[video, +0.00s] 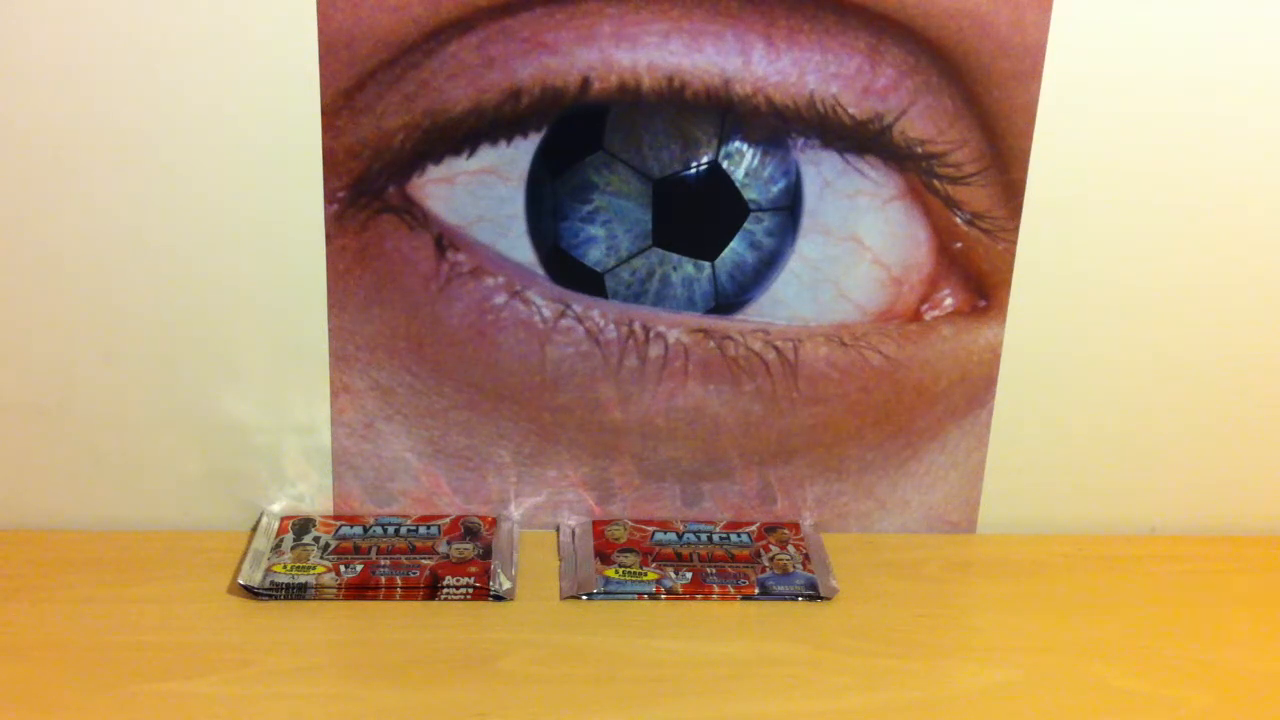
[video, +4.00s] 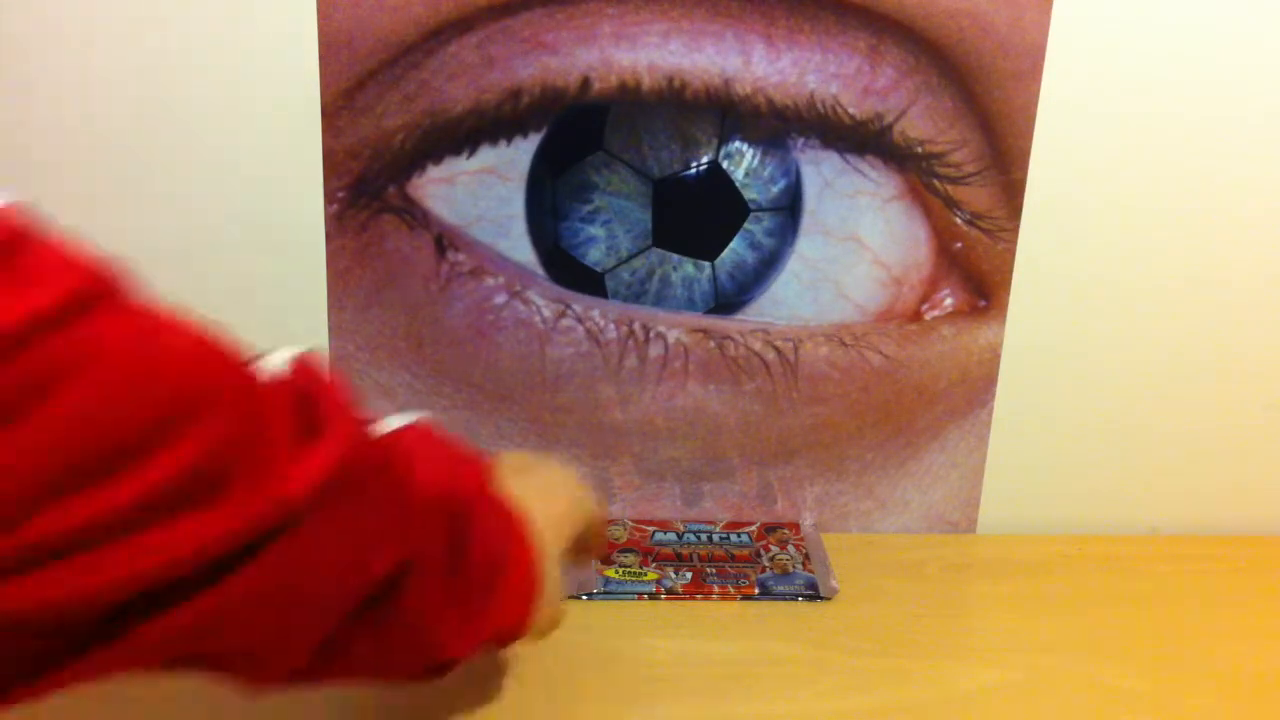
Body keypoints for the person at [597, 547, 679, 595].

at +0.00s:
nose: (621, 560)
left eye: (626, 557)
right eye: (619, 557)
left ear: (638, 558)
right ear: (616, 558)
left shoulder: (651, 573)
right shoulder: (609, 571)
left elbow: (673, 590)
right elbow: (597, 590)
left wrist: (674, 587)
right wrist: (596, 574)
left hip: (641, 607)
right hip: (612, 606)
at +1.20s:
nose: (621, 560)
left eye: (626, 557)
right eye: (619, 557)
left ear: (638, 558)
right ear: (615, 558)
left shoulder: (651, 573)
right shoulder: (609, 571)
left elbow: (673, 589)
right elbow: (596, 589)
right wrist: (596, 574)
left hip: (641, 606)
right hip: (612, 605)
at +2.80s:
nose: (621, 560)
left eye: (626, 557)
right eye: (619, 557)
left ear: (638, 558)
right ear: (616, 558)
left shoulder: (651, 573)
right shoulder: (609, 571)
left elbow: (666, 583)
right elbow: (597, 587)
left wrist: (673, 588)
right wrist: (597, 573)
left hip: (641, 605)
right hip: (612, 604)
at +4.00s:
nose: (621, 560)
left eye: (626, 557)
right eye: (619, 557)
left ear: (638, 558)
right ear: (616, 558)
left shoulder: (651, 573)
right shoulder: (609, 572)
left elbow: (669, 586)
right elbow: (597, 587)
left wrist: (675, 589)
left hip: (642, 606)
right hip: (613, 606)